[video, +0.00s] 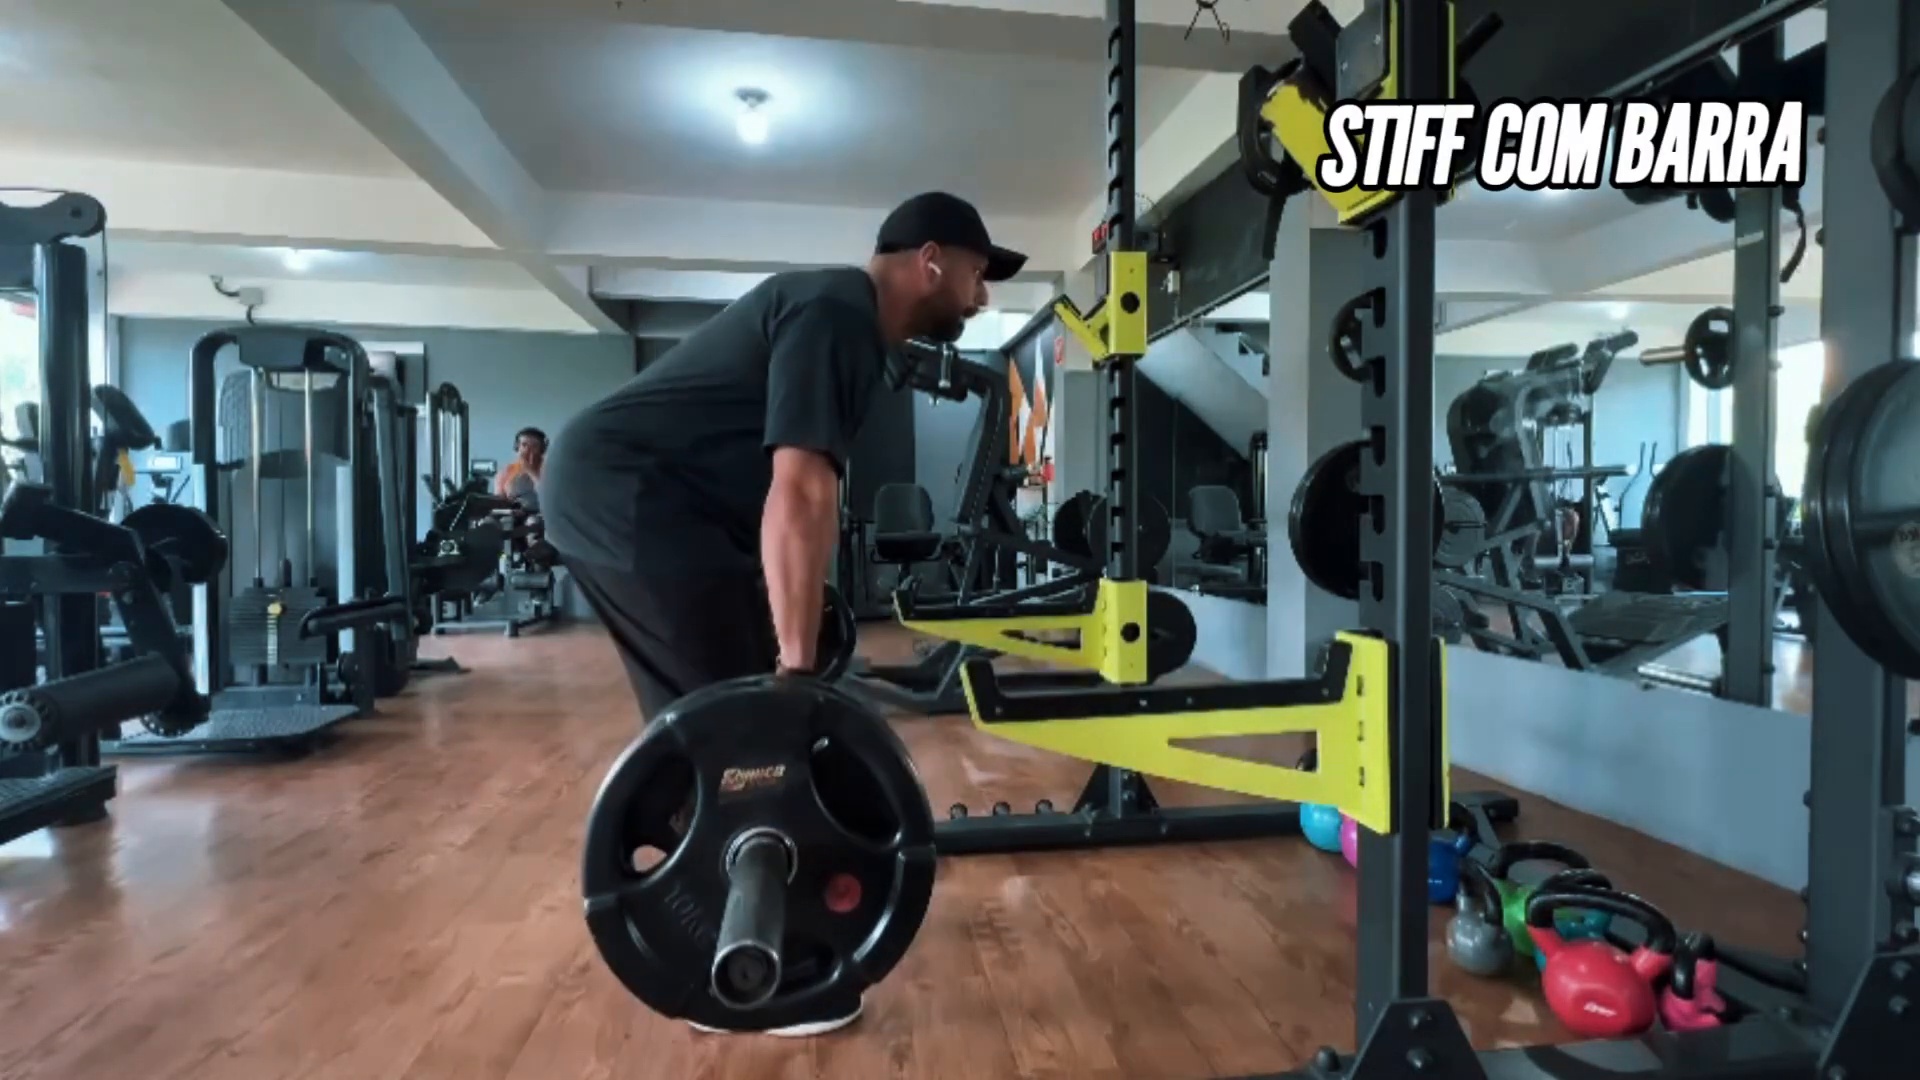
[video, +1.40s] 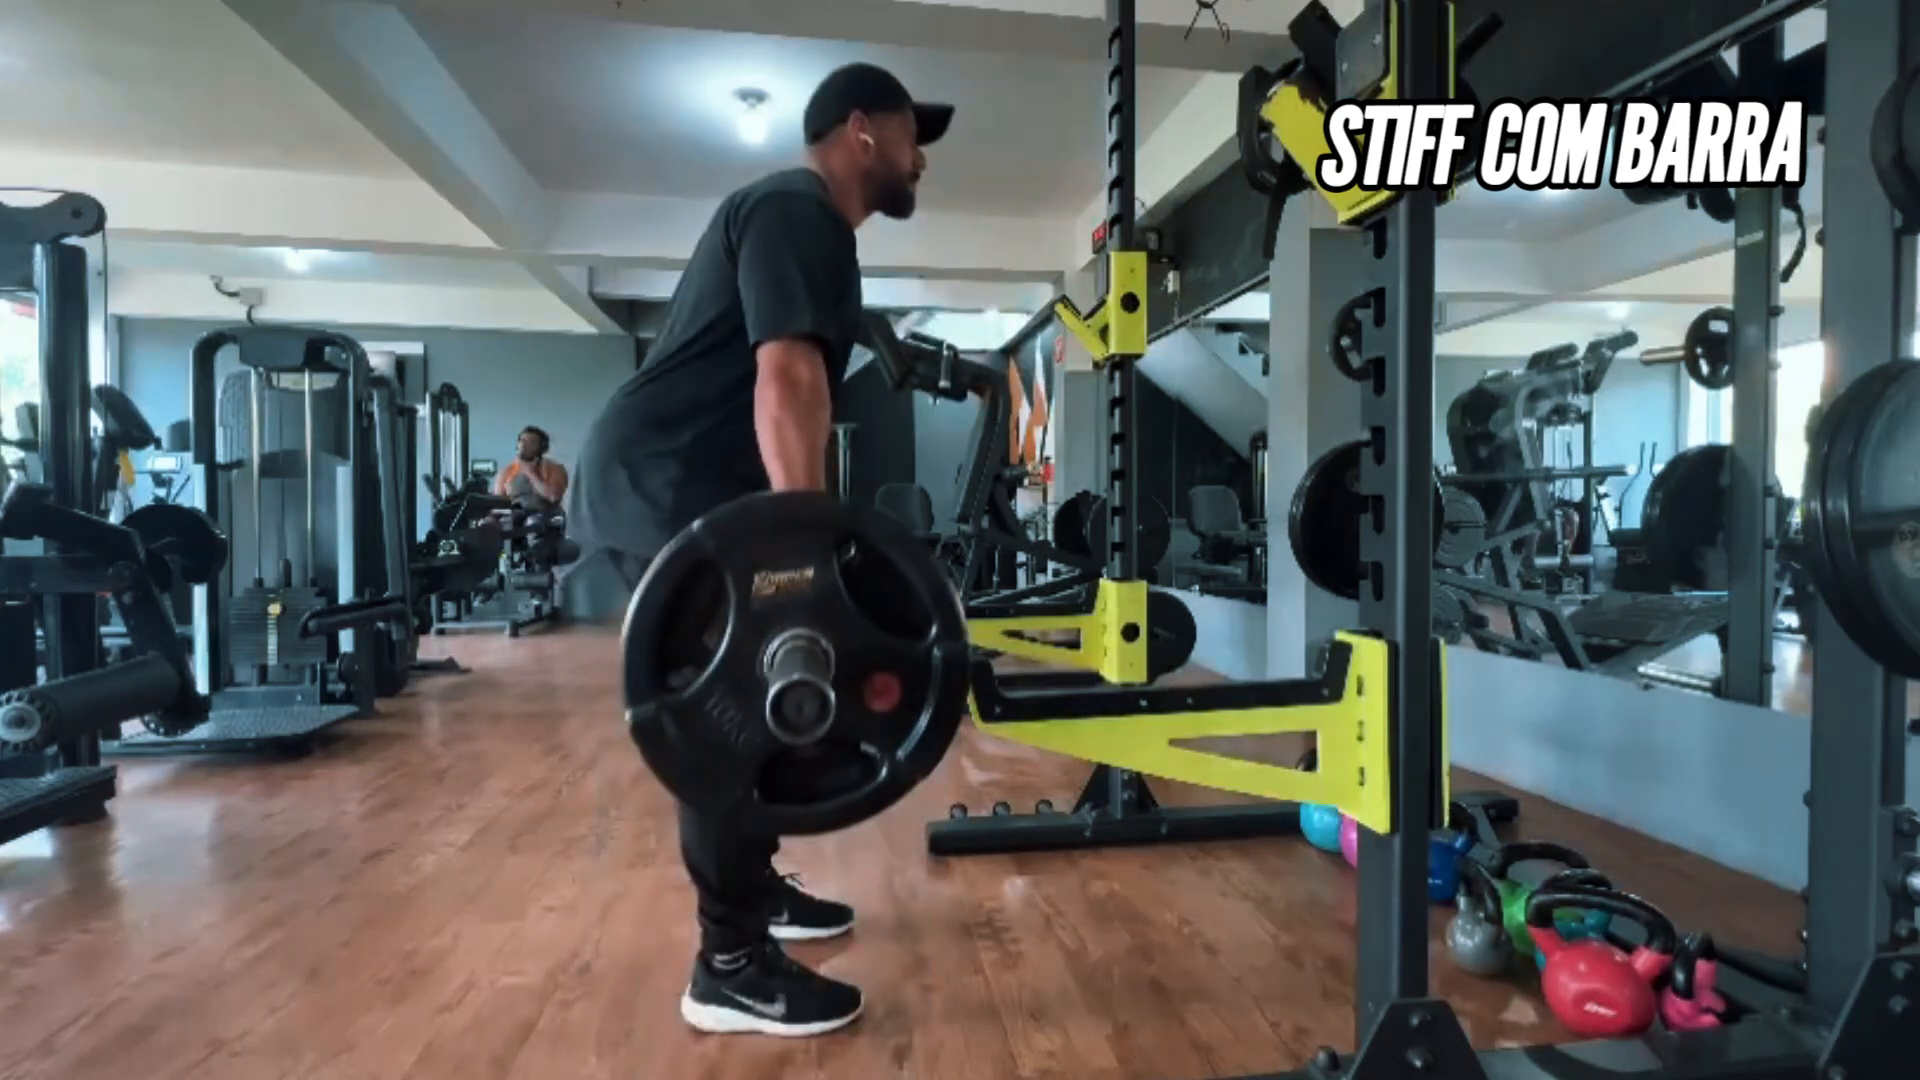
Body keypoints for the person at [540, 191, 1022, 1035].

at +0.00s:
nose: (982, 299)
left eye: (986, 283)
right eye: (978, 277)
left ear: (923, 266)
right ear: (927, 261)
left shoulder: (853, 331)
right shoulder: (831, 307)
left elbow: (805, 491)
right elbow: (800, 489)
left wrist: (801, 650)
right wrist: (800, 661)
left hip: (628, 485)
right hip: (624, 484)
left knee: (706, 719)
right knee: (747, 714)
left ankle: (715, 946)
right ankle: (764, 965)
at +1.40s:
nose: (922, 160)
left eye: (922, 143)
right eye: (913, 139)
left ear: (854, 136)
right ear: (858, 131)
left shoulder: (816, 225)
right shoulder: (792, 205)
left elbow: (796, 387)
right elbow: (787, 381)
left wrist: (809, 558)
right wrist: (807, 561)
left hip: (700, 478)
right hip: (664, 478)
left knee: (748, 689)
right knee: (722, 705)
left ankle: (750, 881)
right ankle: (731, 960)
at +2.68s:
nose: (981, 273)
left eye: (985, 256)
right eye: (975, 251)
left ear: (917, 244)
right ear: (924, 238)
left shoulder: (853, 314)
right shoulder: (831, 291)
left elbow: (816, 476)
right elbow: (813, 470)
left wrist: (821, 642)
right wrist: (822, 647)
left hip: (659, 489)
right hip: (633, 483)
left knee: (723, 719)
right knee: (734, 715)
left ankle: (746, 957)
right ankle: (735, 971)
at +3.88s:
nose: (934, 178)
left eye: (935, 160)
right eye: (925, 157)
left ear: (867, 153)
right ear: (870, 148)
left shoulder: (820, 234)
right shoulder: (800, 216)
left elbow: (799, 394)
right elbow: (788, 386)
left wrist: (810, 562)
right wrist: (813, 566)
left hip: (694, 475)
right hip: (660, 475)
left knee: (741, 682)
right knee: (724, 697)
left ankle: (748, 881)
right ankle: (729, 958)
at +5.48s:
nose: (971, 299)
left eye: (975, 282)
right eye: (966, 277)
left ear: (910, 266)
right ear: (913, 261)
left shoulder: (836, 326)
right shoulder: (820, 308)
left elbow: (800, 494)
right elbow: (796, 490)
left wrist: (802, 657)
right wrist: (805, 668)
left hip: (602, 487)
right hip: (612, 487)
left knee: (688, 722)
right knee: (747, 707)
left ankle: (716, 945)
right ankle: (767, 943)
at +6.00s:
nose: (989, 431)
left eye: (998, 417)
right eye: (990, 409)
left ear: (940, 382)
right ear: (946, 383)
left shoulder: (843, 406)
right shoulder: (837, 408)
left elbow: (813, 588)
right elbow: (801, 598)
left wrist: (784, 761)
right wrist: (791, 782)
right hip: (586, 500)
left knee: (723, 717)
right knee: (725, 721)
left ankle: (732, 931)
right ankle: (733, 940)